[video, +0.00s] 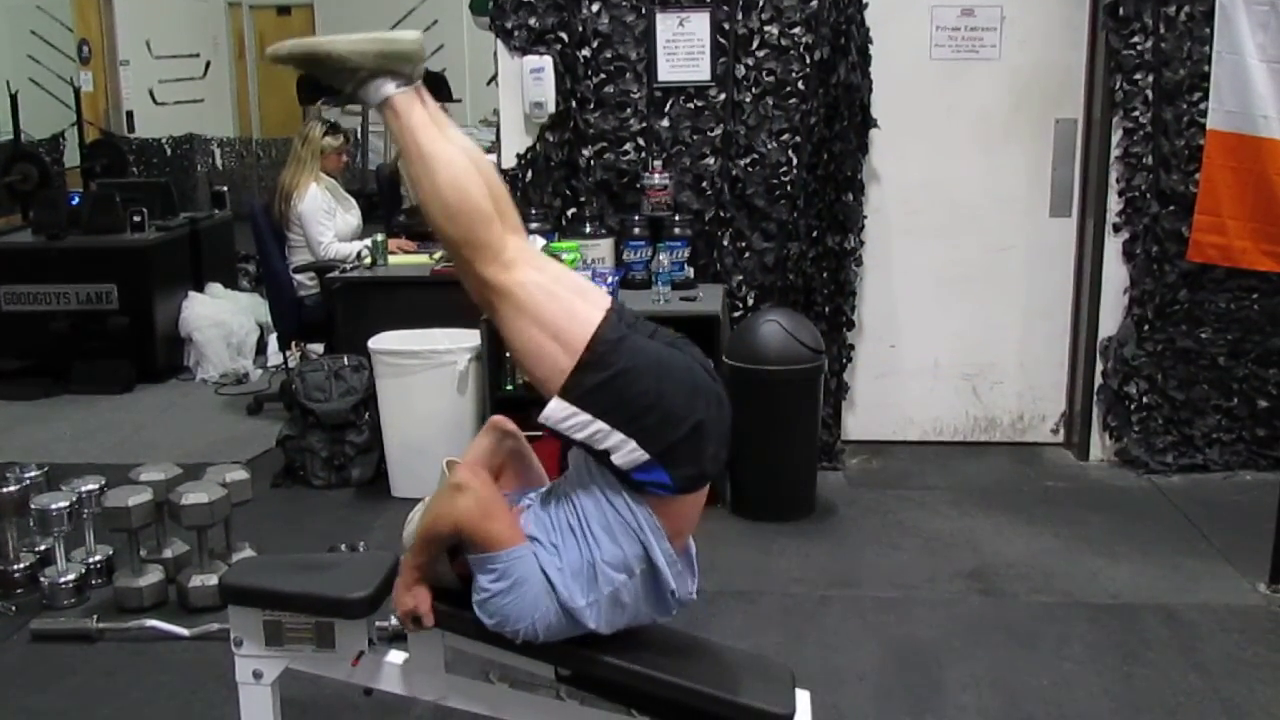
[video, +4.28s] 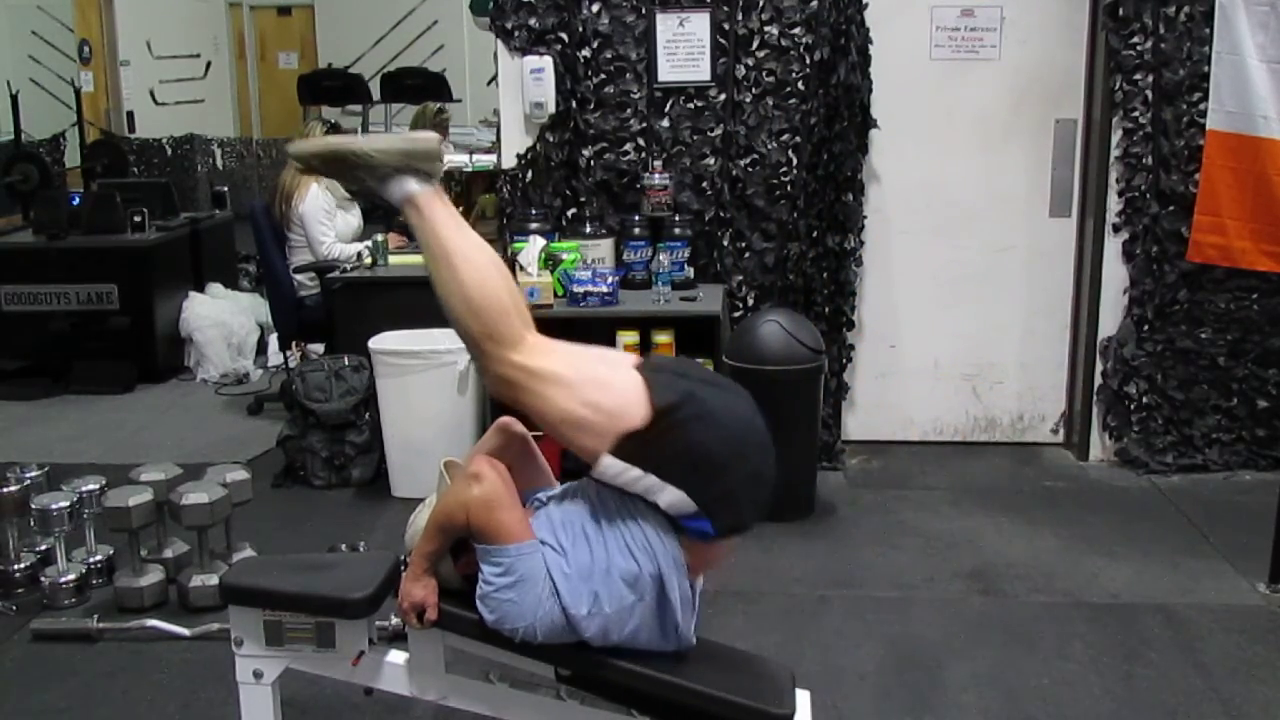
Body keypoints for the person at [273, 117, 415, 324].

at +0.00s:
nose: (345, 160)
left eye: (345, 153)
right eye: (339, 154)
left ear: (324, 156)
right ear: (320, 155)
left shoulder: (323, 186)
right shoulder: (311, 191)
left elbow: (334, 244)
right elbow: (325, 251)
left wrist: (381, 243)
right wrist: (380, 245)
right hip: (318, 292)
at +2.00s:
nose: (346, 160)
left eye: (346, 153)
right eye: (340, 154)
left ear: (323, 155)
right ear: (320, 155)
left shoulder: (323, 186)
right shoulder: (312, 192)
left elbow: (332, 245)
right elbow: (326, 251)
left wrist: (377, 243)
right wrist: (378, 245)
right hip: (318, 292)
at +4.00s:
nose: (346, 159)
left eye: (346, 153)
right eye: (340, 154)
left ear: (321, 155)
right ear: (319, 154)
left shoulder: (323, 186)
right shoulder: (312, 193)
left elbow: (335, 244)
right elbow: (326, 251)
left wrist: (377, 242)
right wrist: (378, 245)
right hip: (318, 293)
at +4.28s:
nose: (346, 153)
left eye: (345, 146)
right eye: (341, 146)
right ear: (328, 148)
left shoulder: (327, 184)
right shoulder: (313, 190)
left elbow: (335, 245)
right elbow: (326, 251)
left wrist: (377, 242)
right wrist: (378, 246)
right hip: (317, 293)